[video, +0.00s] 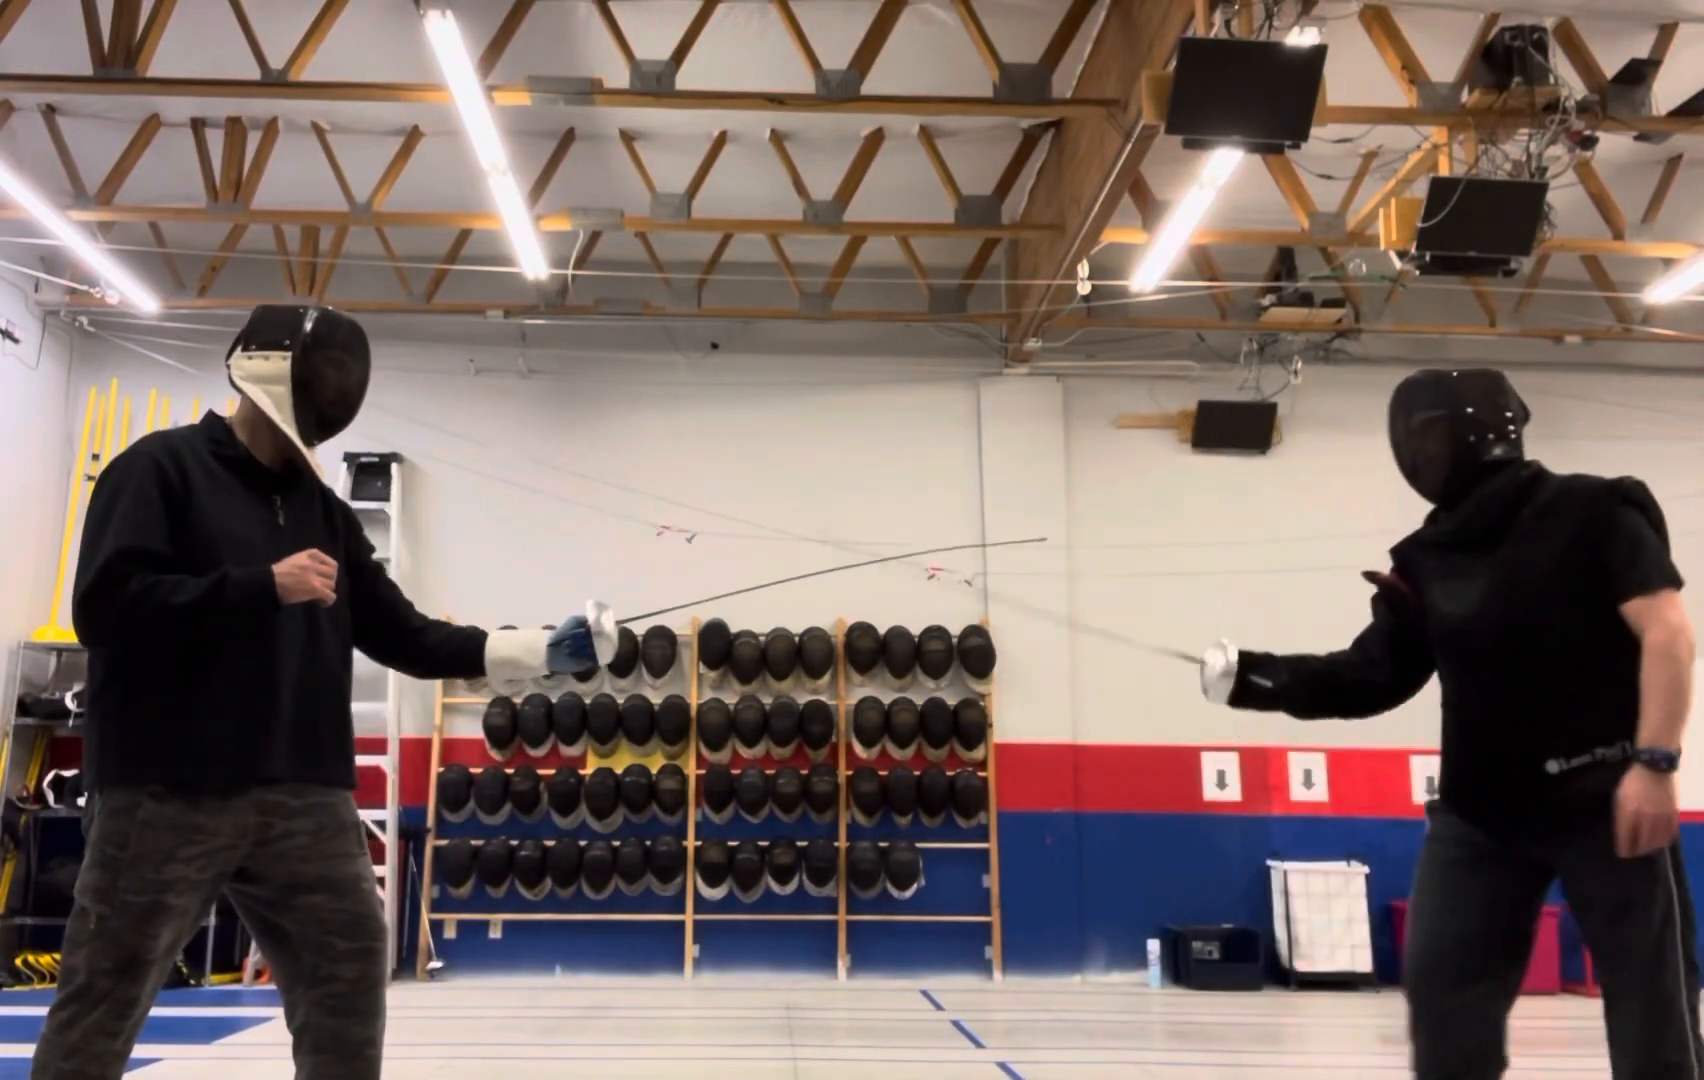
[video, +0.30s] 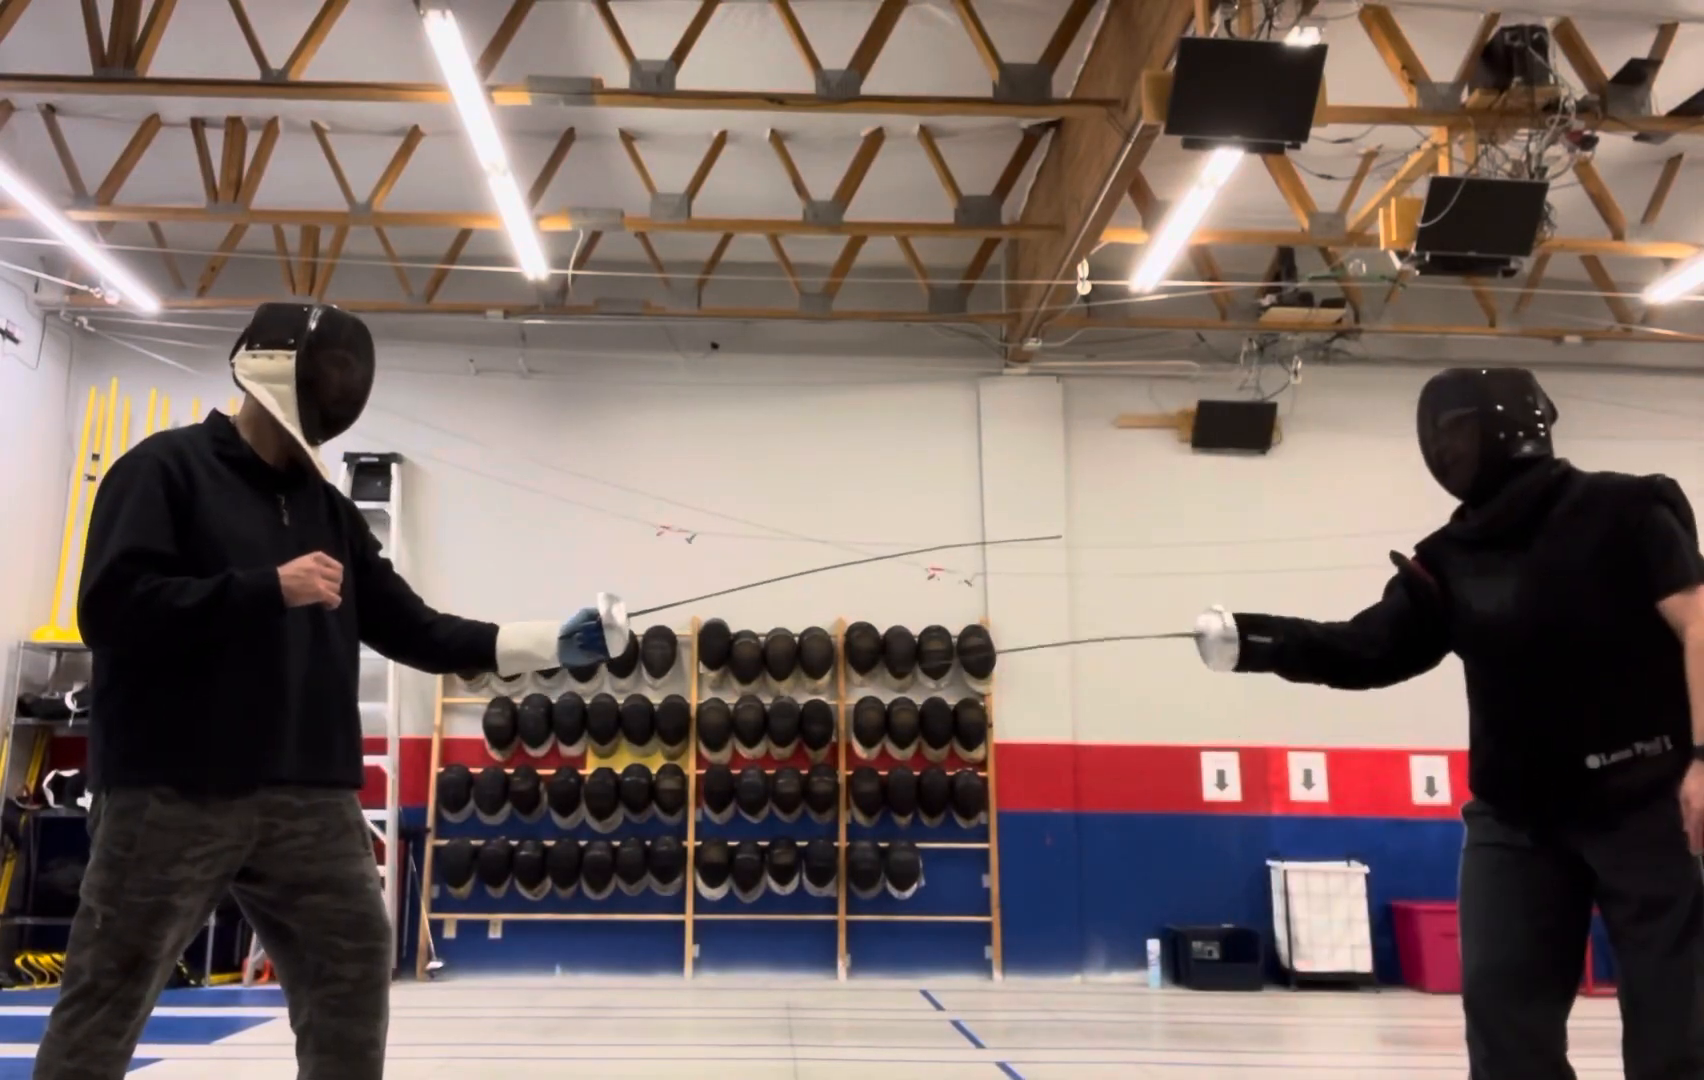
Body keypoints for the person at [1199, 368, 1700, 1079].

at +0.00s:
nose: (1408, 459)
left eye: (1418, 438)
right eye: (1405, 444)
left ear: (1462, 432)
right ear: (1493, 432)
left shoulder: (1596, 513)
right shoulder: (1428, 561)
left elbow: (1668, 631)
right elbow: (1373, 676)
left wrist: (1656, 764)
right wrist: (1250, 676)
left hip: (1606, 804)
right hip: (1480, 817)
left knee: (1654, 1021)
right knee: (1445, 1008)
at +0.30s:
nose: (1444, 454)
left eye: (1457, 433)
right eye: (1437, 439)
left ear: (1506, 427)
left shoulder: (1629, 511)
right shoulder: (1450, 560)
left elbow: (1698, 626)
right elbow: (1368, 649)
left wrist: (1703, 757)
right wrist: (1251, 641)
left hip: (1647, 811)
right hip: (1515, 824)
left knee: (1671, 1039)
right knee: (1507, 1038)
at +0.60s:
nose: (1417, 456)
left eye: (1431, 436)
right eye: (1411, 441)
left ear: (1483, 431)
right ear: (1415, 452)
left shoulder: (1603, 515)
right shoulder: (1424, 563)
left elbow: (1685, 626)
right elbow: (1317, 622)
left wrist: (1685, 754)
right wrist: (1191, 618)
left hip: (1626, 804)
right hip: (1496, 816)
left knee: (1666, 1011)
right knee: (1459, 985)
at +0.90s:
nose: (1319, 474)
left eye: (1329, 453)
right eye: (1317, 459)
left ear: (1373, 449)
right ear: (1398, 449)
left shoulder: (1507, 526)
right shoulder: (1336, 581)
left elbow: (1593, 641)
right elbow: (1229, 640)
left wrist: (1611, 767)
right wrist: (1102, 631)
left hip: (1542, 823)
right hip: (1412, 839)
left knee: (1624, 1048)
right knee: (1358, 1050)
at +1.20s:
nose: (1175, 447)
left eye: (1182, 429)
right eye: (1175, 433)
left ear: (1217, 432)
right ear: (1250, 432)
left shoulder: (1349, 498)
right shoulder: (1188, 564)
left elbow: (1433, 611)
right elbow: (1087, 627)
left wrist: (1413, 728)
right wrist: (961, 617)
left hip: (1403, 790)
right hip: (1284, 815)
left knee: (1514, 1004)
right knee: (1267, 1042)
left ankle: (1577, 1078)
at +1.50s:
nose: (1116, 447)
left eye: (1124, 427)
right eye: (1114, 431)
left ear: (1165, 425)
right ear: (1179, 429)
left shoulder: (1292, 491)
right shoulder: (1135, 552)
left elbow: (1376, 600)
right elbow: (1015, 588)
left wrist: (1328, 712)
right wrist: (898, 556)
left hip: (1362, 782)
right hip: (1240, 811)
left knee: (1456, 980)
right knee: (1243, 1034)